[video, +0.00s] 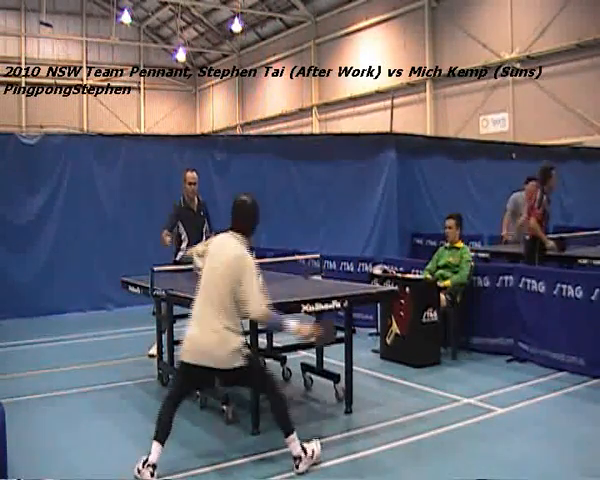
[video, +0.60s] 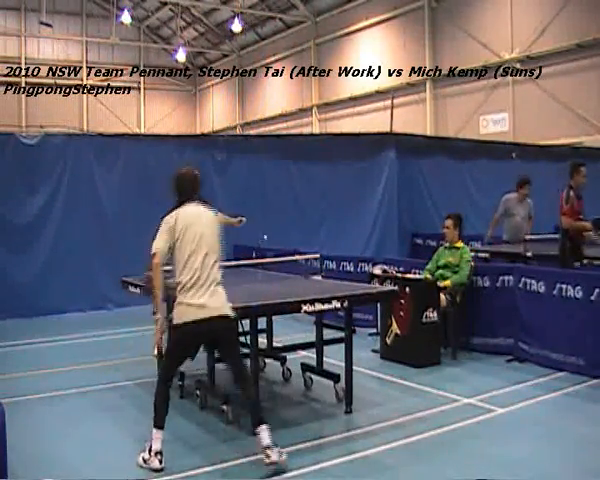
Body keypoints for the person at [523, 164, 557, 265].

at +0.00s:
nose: (555, 182)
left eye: (554, 178)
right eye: (553, 177)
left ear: (542, 177)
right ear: (549, 178)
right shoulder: (540, 194)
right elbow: (533, 222)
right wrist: (546, 241)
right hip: (534, 239)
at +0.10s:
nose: (558, 182)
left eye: (558, 178)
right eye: (556, 178)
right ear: (551, 180)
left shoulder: (549, 198)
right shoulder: (542, 197)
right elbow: (539, 225)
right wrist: (554, 240)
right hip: (538, 243)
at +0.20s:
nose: (564, 185)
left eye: (564, 181)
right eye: (562, 181)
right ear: (554, 181)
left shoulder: (554, 199)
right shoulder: (546, 198)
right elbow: (548, 227)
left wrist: (563, 238)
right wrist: (563, 238)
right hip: (543, 243)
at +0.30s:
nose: (568, 184)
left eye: (568, 181)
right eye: (565, 180)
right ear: (558, 181)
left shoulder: (558, 198)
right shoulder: (550, 198)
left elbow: (556, 226)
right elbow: (552, 228)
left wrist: (569, 234)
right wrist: (568, 235)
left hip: (554, 245)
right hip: (548, 246)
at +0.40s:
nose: (573, 181)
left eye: (574, 178)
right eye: (572, 178)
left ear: (569, 179)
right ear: (565, 178)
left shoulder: (565, 196)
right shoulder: (557, 196)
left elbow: (565, 222)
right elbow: (557, 225)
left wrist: (572, 231)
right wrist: (574, 229)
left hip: (564, 240)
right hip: (556, 241)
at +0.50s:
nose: (578, 180)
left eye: (578, 176)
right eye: (576, 176)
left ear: (573, 177)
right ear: (569, 177)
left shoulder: (570, 195)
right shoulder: (561, 195)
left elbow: (570, 220)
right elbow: (560, 222)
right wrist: (578, 227)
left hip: (569, 241)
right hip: (562, 241)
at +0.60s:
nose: (585, 180)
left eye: (585, 176)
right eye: (583, 176)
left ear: (577, 176)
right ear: (575, 176)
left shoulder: (577, 194)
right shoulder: (568, 194)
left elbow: (578, 219)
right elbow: (566, 222)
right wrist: (585, 225)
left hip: (576, 240)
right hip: (568, 241)